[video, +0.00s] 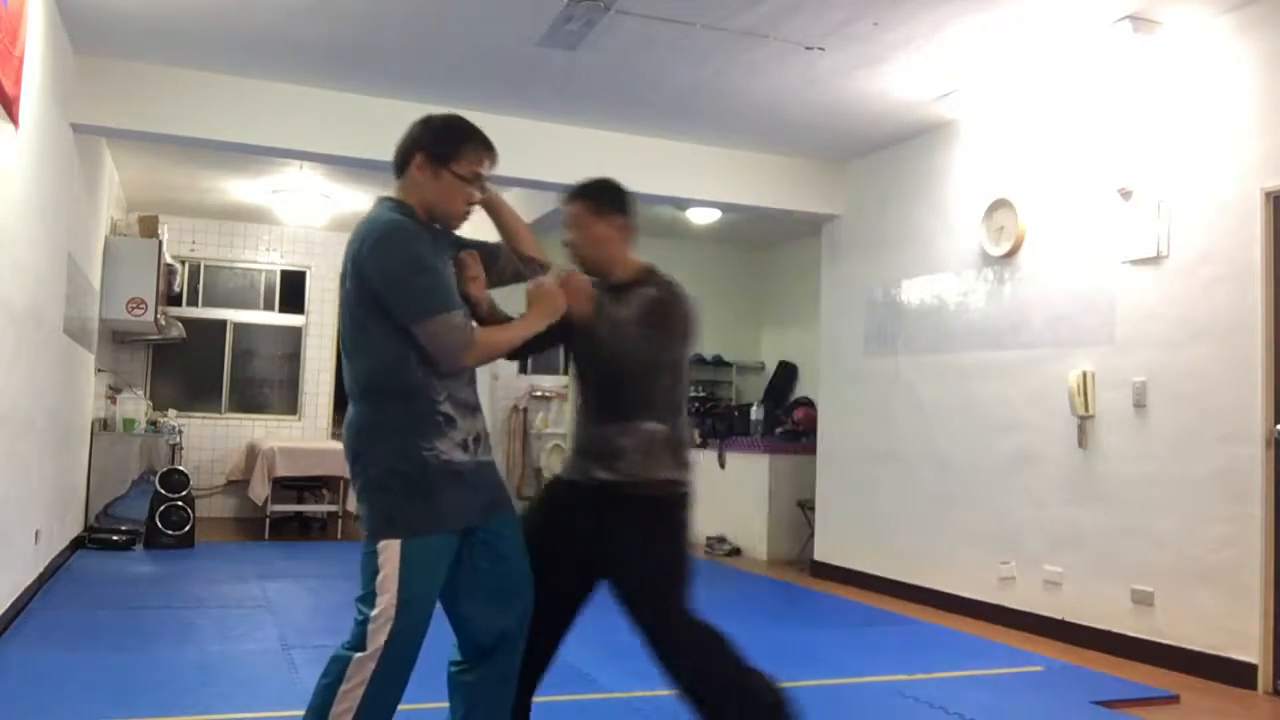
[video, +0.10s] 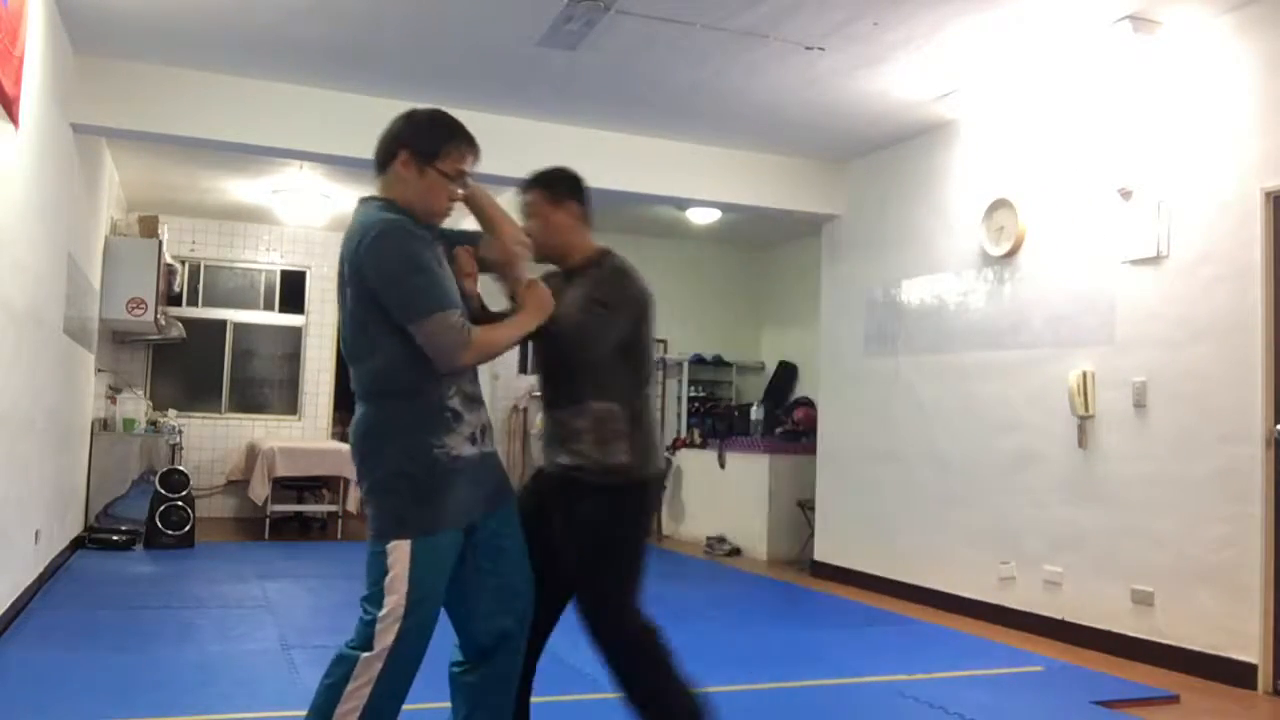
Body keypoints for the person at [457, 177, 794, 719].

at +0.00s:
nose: (571, 243)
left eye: (579, 229)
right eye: (568, 231)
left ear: (617, 226)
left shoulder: (665, 300)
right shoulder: (589, 296)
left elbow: (638, 368)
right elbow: (526, 345)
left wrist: (587, 312)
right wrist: (484, 305)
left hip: (648, 495)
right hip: (583, 488)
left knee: (664, 624)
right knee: (521, 626)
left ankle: (758, 710)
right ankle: (499, 709)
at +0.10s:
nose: (526, 229)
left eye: (534, 215)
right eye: (525, 216)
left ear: (570, 213)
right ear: (566, 217)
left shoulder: (616, 281)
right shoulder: (556, 287)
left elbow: (578, 346)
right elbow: (518, 339)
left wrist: (518, 281)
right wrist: (470, 291)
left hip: (617, 484)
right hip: (560, 478)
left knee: (612, 619)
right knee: (515, 625)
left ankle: (680, 713)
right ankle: (502, 709)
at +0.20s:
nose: (497, 224)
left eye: (504, 210)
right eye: (494, 213)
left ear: (543, 203)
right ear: (541, 208)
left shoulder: (583, 267)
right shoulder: (540, 275)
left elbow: (545, 340)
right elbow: (504, 326)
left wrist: (486, 269)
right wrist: (470, 272)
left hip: (596, 474)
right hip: (546, 470)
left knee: (582, 620)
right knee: (521, 622)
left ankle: (614, 713)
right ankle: (504, 711)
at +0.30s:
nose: (479, 220)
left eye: (488, 205)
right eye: (476, 209)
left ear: (530, 199)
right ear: (525, 205)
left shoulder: (567, 259)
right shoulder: (524, 268)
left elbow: (533, 320)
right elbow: (489, 319)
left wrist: (459, 254)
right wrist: (445, 256)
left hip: (579, 469)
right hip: (533, 468)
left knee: (574, 627)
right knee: (532, 624)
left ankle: (592, 714)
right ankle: (523, 709)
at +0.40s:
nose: (473, 215)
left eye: (480, 201)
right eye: (470, 205)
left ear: (523, 195)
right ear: (512, 201)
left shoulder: (557, 253)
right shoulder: (517, 264)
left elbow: (522, 315)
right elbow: (486, 319)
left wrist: (451, 250)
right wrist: (439, 256)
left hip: (571, 465)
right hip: (528, 464)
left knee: (572, 621)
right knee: (533, 621)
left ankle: (593, 715)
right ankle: (539, 714)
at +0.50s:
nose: (469, 213)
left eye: (477, 198)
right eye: (466, 202)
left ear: (520, 194)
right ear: (510, 199)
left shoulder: (551, 250)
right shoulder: (515, 260)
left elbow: (514, 309)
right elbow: (479, 312)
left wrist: (440, 243)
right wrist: (429, 246)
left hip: (564, 462)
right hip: (523, 462)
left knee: (572, 618)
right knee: (527, 619)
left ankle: (596, 714)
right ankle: (535, 710)